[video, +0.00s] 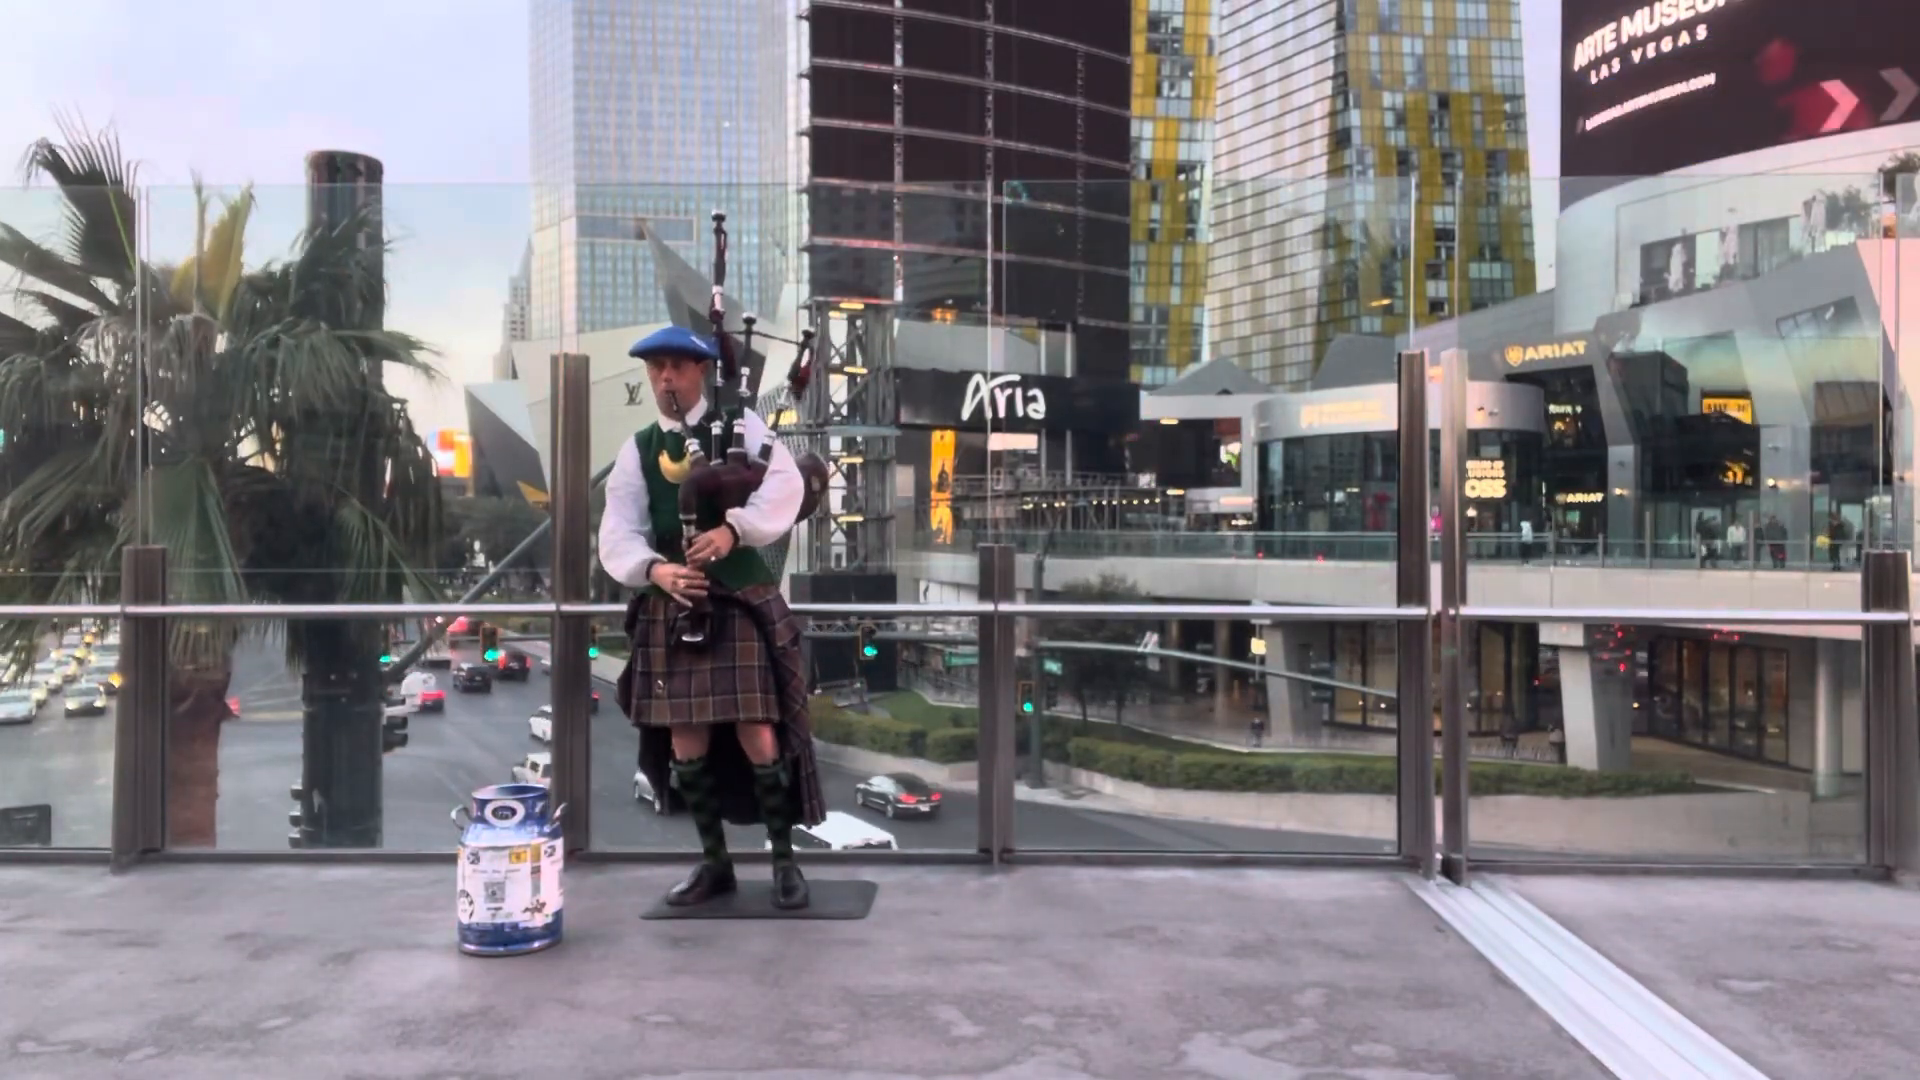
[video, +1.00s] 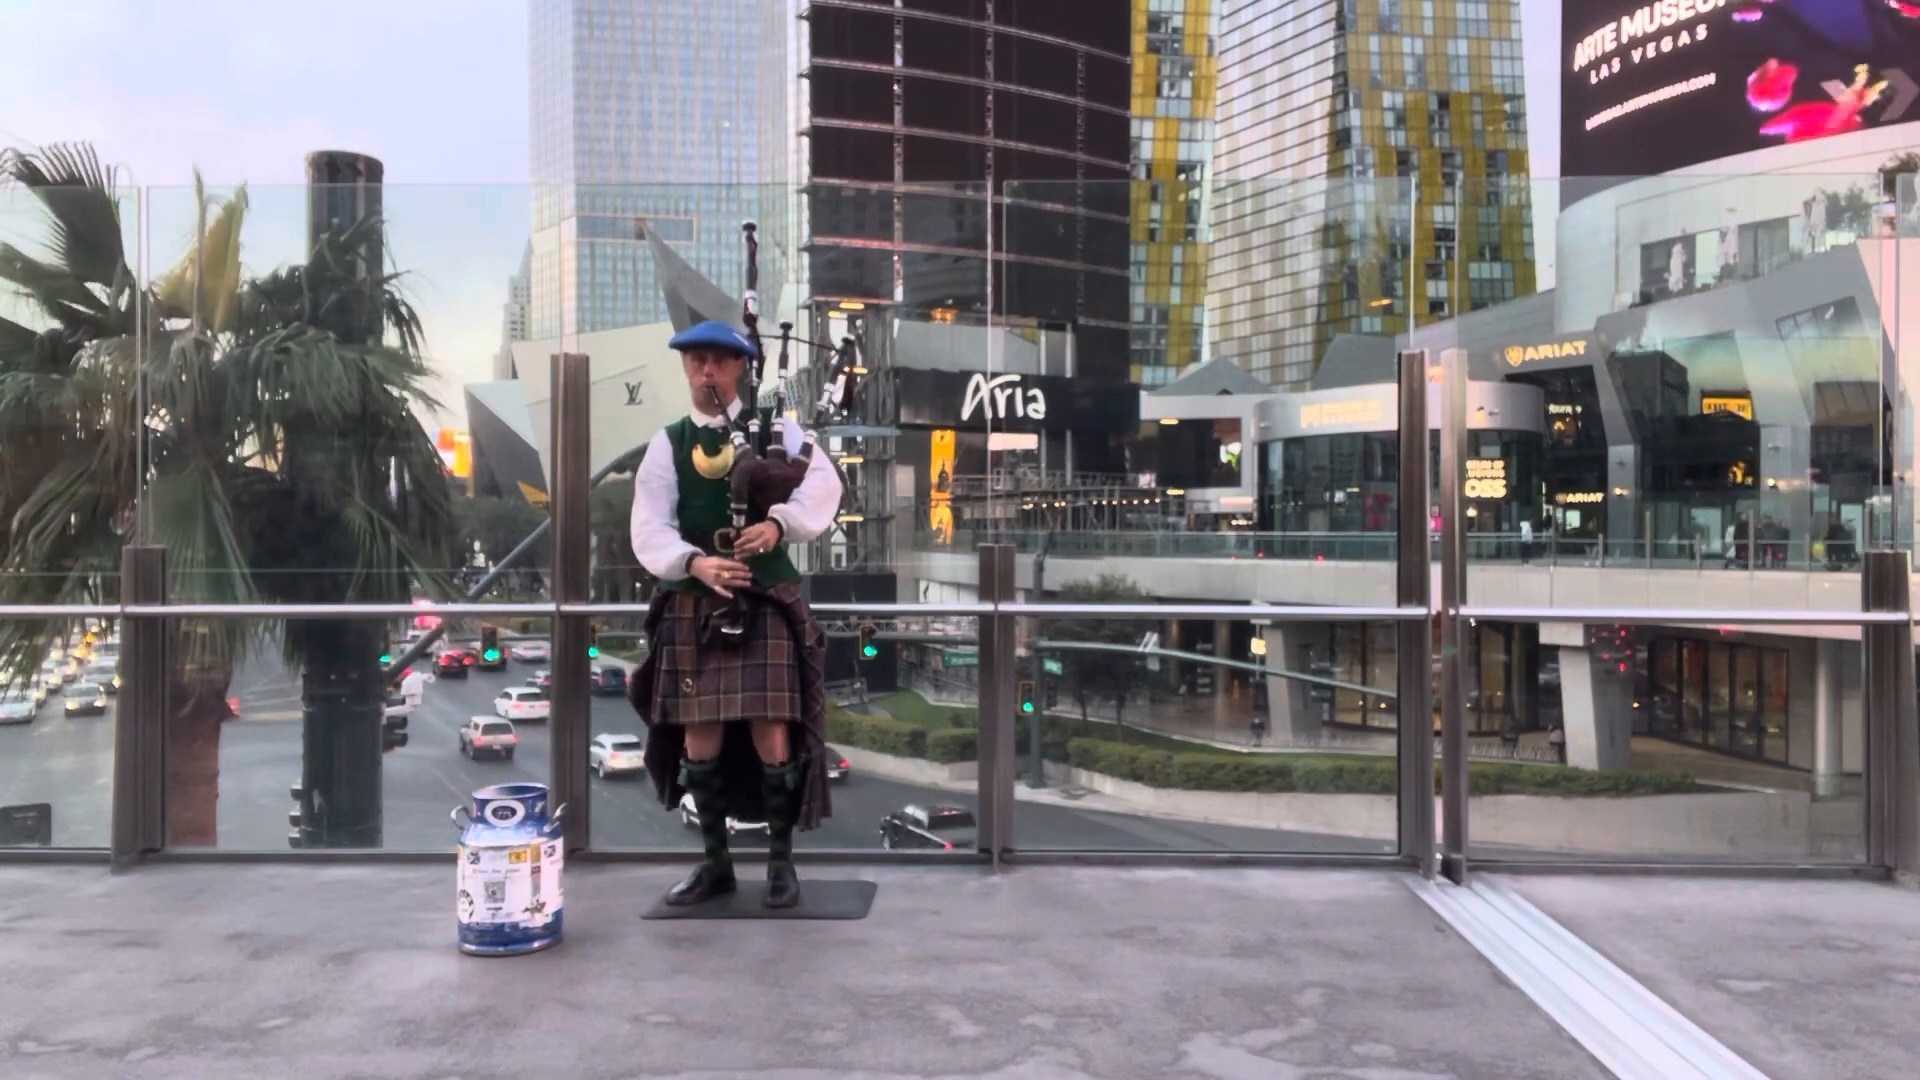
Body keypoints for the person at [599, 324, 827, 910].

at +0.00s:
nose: (663, 377)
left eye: (675, 365)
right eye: (655, 367)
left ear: (702, 369)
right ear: (647, 375)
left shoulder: (742, 426)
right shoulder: (640, 448)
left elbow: (787, 487)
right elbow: (617, 535)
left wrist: (733, 530)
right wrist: (654, 570)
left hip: (742, 596)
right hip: (672, 601)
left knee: (756, 730)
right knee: (686, 733)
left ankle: (784, 863)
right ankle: (715, 863)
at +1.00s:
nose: (707, 372)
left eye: (719, 361)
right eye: (698, 361)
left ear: (745, 370)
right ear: (686, 371)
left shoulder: (779, 432)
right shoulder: (669, 444)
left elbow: (825, 486)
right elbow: (649, 530)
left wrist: (781, 523)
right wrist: (694, 562)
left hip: (769, 594)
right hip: (695, 595)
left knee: (770, 726)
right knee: (701, 728)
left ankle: (780, 863)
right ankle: (715, 864)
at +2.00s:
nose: (748, 373)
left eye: (760, 361)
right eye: (739, 361)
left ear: (784, 369)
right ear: (727, 370)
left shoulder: (819, 428)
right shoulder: (709, 443)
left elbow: (862, 488)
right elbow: (688, 527)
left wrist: (813, 530)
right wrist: (727, 565)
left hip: (802, 597)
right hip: (730, 595)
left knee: (789, 734)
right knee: (714, 734)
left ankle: (782, 863)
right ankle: (723, 863)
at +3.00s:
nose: (745, 377)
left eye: (758, 366)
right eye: (737, 366)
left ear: (781, 373)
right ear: (725, 375)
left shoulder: (818, 429)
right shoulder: (714, 448)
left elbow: (860, 489)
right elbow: (694, 535)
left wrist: (810, 536)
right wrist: (726, 572)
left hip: (804, 599)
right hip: (734, 598)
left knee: (791, 734)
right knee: (706, 735)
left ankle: (781, 864)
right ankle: (726, 860)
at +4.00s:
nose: (749, 374)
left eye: (761, 363)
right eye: (741, 363)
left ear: (785, 372)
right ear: (728, 372)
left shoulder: (819, 429)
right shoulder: (713, 445)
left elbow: (864, 488)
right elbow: (696, 530)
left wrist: (814, 532)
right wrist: (732, 567)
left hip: (802, 597)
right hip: (731, 595)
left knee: (790, 731)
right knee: (712, 735)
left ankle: (782, 865)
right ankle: (729, 862)